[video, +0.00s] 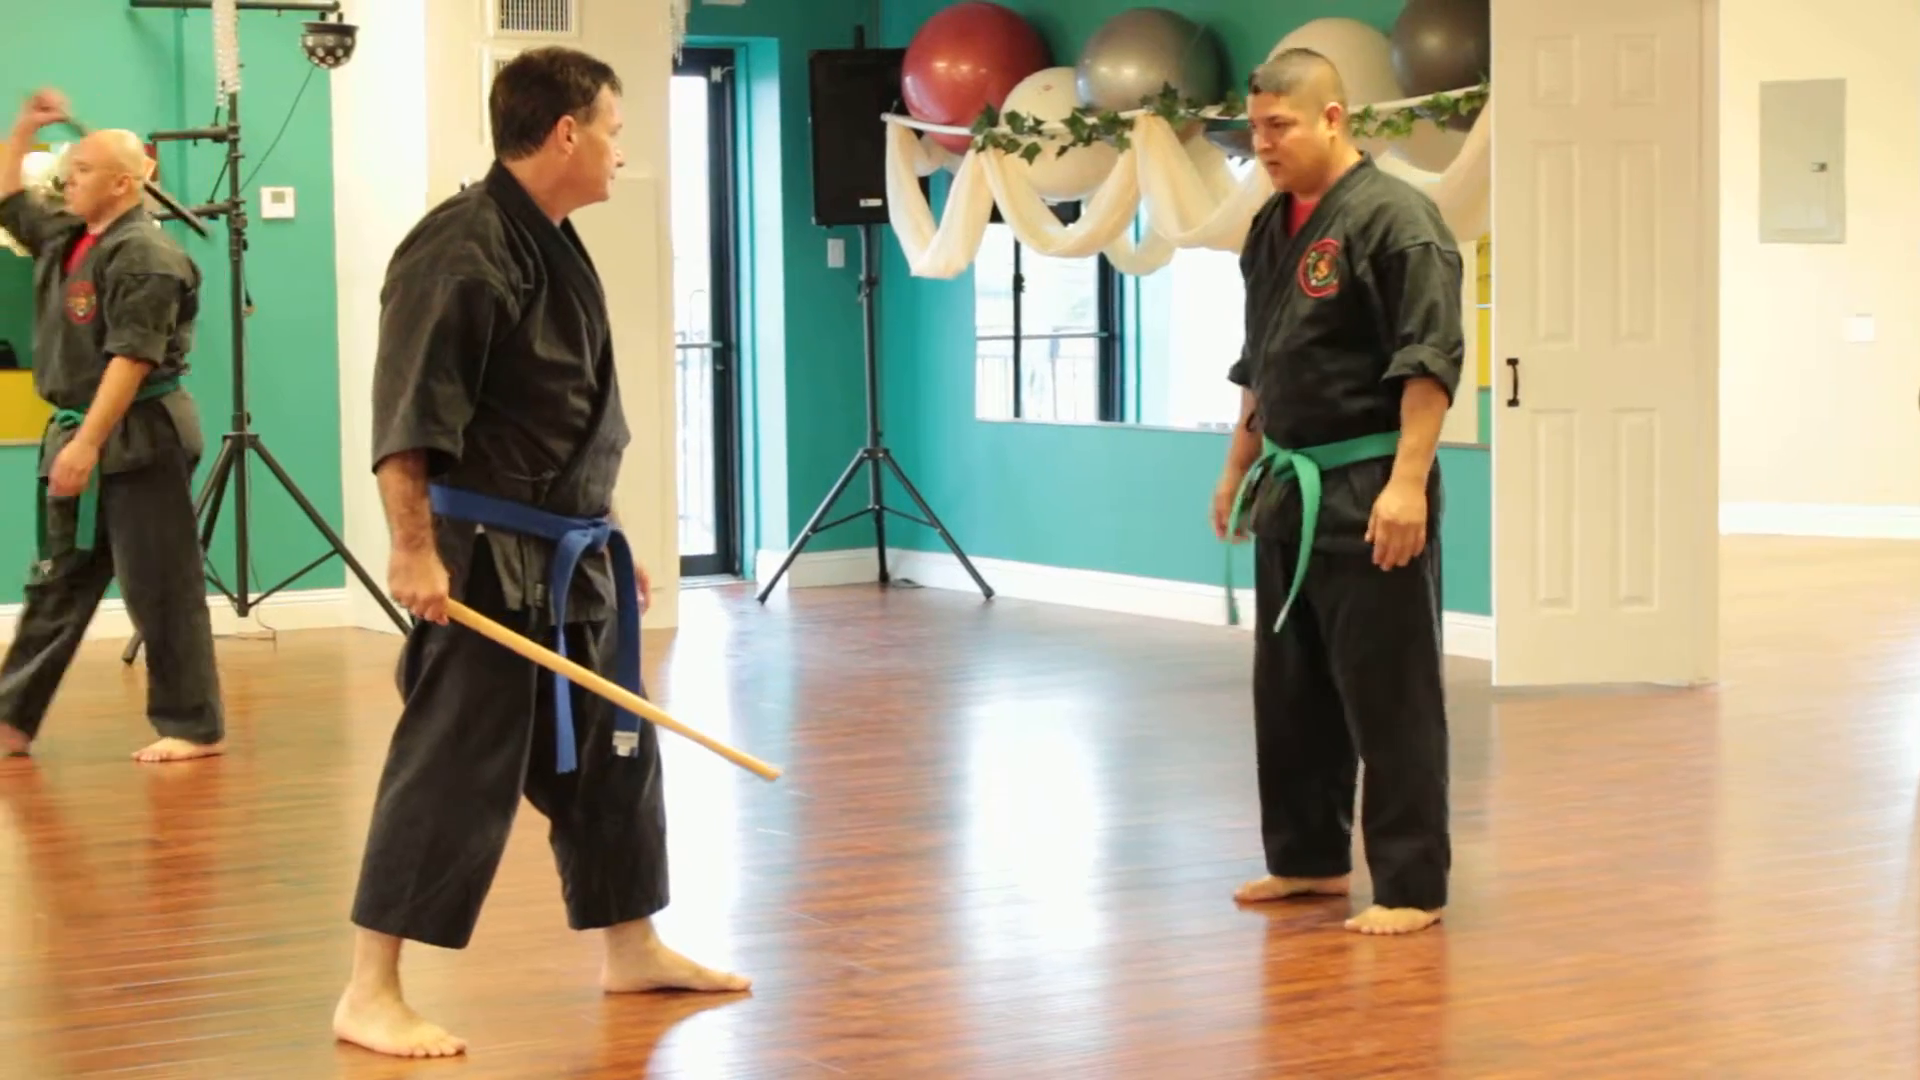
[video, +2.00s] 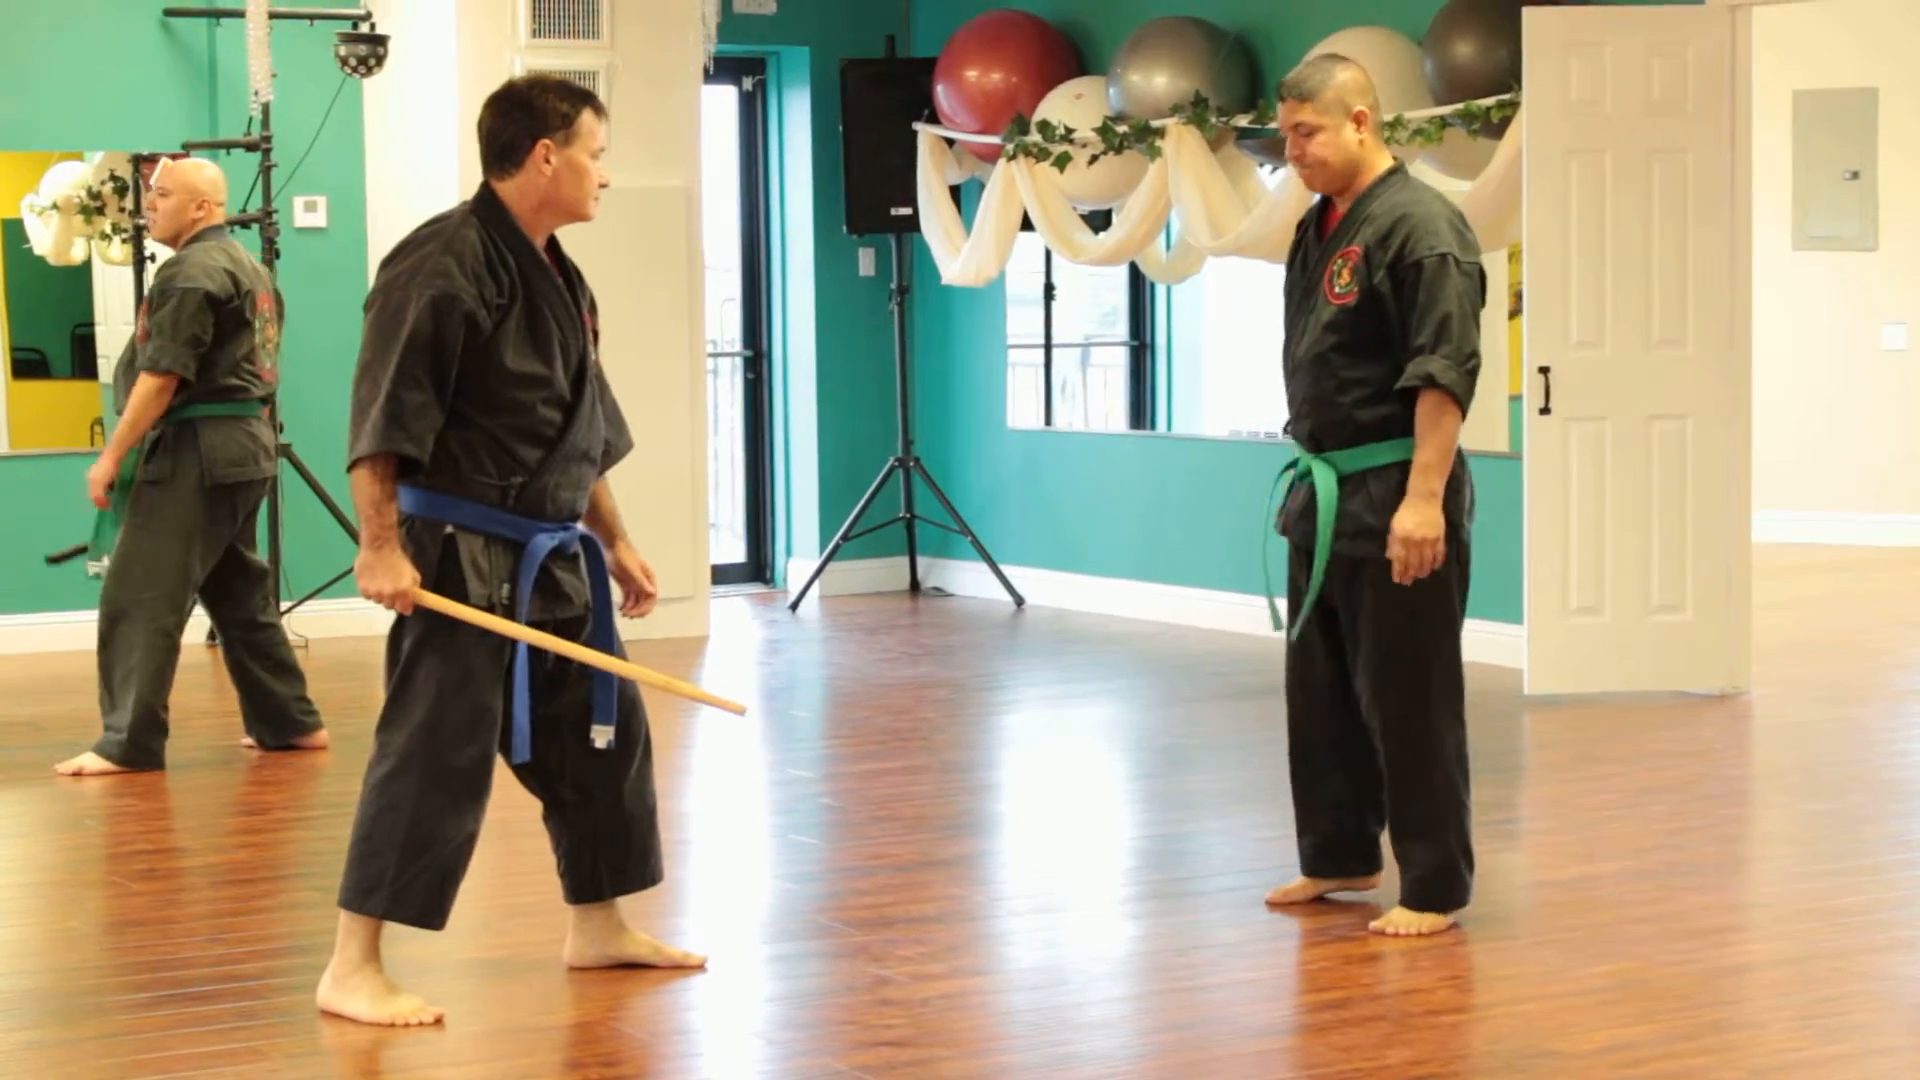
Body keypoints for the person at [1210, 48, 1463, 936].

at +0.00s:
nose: (1262, 144)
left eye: (1277, 127)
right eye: (1256, 129)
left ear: (1334, 119)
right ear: (1259, 131)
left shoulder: (1398, 216)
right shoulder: (1271, 224)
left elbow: (1432, 365)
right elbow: (1261, 364)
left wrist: (1408, 483)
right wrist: (1238, 464)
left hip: (1372, 479)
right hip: (1288, 480)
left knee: (1389, 690)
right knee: (1295, 682)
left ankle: (1410, 888)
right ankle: (1310, 862)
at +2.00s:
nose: (1292, 152)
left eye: (1305, 134)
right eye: (1286, 137)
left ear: (1361, 123)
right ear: (1299, 137)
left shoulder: (1423, 225)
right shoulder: (1317, 226)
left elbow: (1444, 373)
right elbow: (1317, 360)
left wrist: (1424, 496)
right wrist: (1305, 475)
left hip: (1399, 480)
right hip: (1326, 480)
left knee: (1410, 693)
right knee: (1324, 684)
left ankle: (1435, 890)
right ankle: (1343, 861)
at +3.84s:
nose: (1276, 131)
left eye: (1295, 116)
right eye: (1274, 118)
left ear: (1352, 127)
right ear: (1291, 132)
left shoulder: (1377, 233)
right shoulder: (1313, 228)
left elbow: (1375, 385)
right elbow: (1312, 373)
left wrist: (1301, 477)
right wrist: (1268, 454)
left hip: (1385, 487)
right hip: (1318, 480)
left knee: (1375, 679)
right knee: (1307, 675)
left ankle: (1388, 873)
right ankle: (1336, 861)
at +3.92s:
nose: (1272, 144)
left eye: (1291, 129)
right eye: (1269, 131)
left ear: (1347, 140)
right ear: (1274, 145)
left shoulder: (1366, 239)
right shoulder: (1310, 241)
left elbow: (1335, 370)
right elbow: (1283, 369)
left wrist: (1220, 383)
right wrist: (1264, 387)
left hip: (1379, 497)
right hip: (1303, 494)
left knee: (1373, 688)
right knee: (1246, 658)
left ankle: (1384, 873)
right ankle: (1308, 824)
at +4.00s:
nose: (1268, 154)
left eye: (1286, 139)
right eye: (1264, 140)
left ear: (1340, 150)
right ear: (1269, 153)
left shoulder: (1359, 253)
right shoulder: (1309, 244)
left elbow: (1255, 349)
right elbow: (1282, 296)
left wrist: (1170, 291)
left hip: (1371, 505)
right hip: (1291, 500)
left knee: (1366, 684)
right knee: (1199, 642)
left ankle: (1383, 878)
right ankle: (1226, 812)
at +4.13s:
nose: (1248, 163)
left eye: (1265, 146)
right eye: (1241, 150)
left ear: (1321, 153)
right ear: (1243, 164)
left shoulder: (1337, 247)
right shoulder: (1267, 246)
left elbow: (1232, 291)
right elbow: (1201, 280)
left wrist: (1146, 230)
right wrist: (1168, 204)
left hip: (1343, 513)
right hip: (1257, 510)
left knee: (1338, 691)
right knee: (1159, 663)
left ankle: (1382, 884)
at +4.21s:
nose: (1194, 169)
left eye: (1210, 154)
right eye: (1188, 156)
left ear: (1265, 162)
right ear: (1185, 167)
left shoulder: (1293, 246)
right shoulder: (1191, 261)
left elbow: (1219, 245)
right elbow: (1128, 295)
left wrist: (1116, 212)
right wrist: (1079, 205)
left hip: (1284, 513)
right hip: (1189, 510)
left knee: (1299, 694)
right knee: (1096, 676)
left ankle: (1348, 884)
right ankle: (1016, 826)